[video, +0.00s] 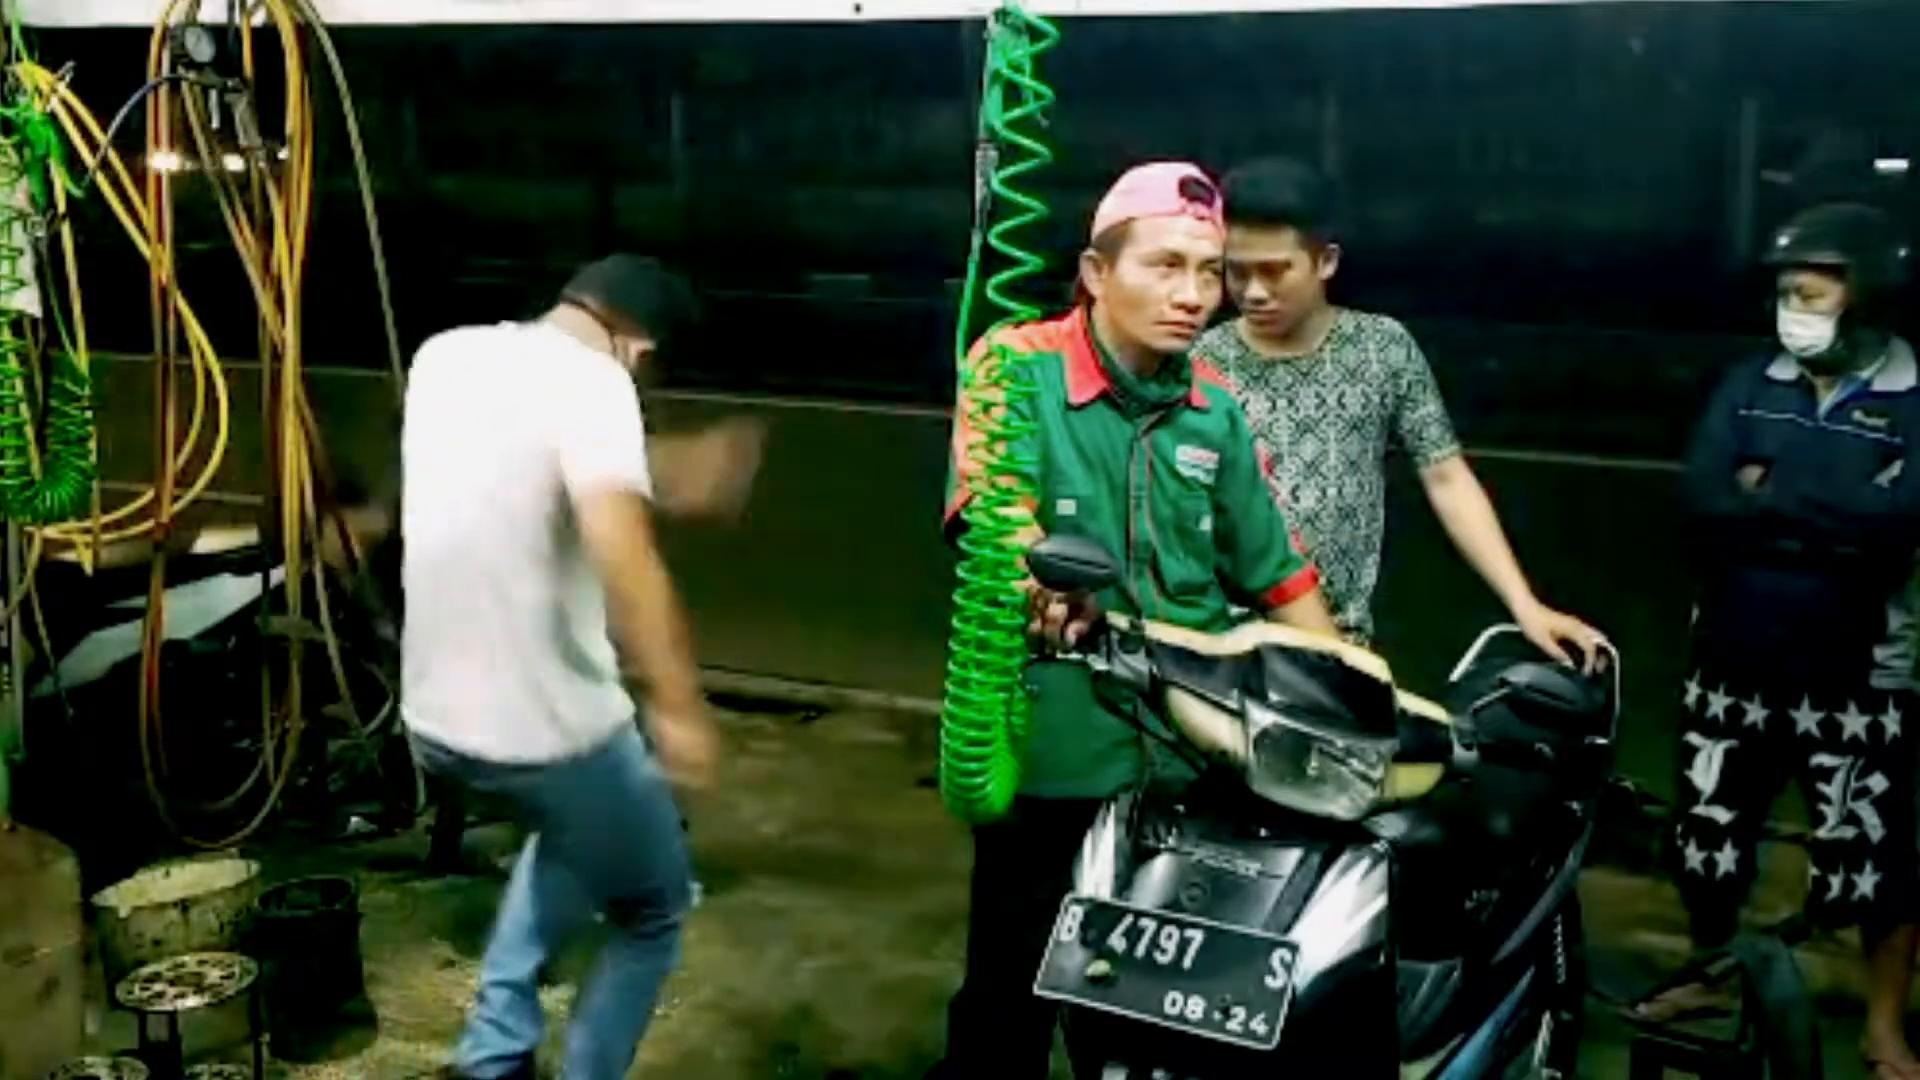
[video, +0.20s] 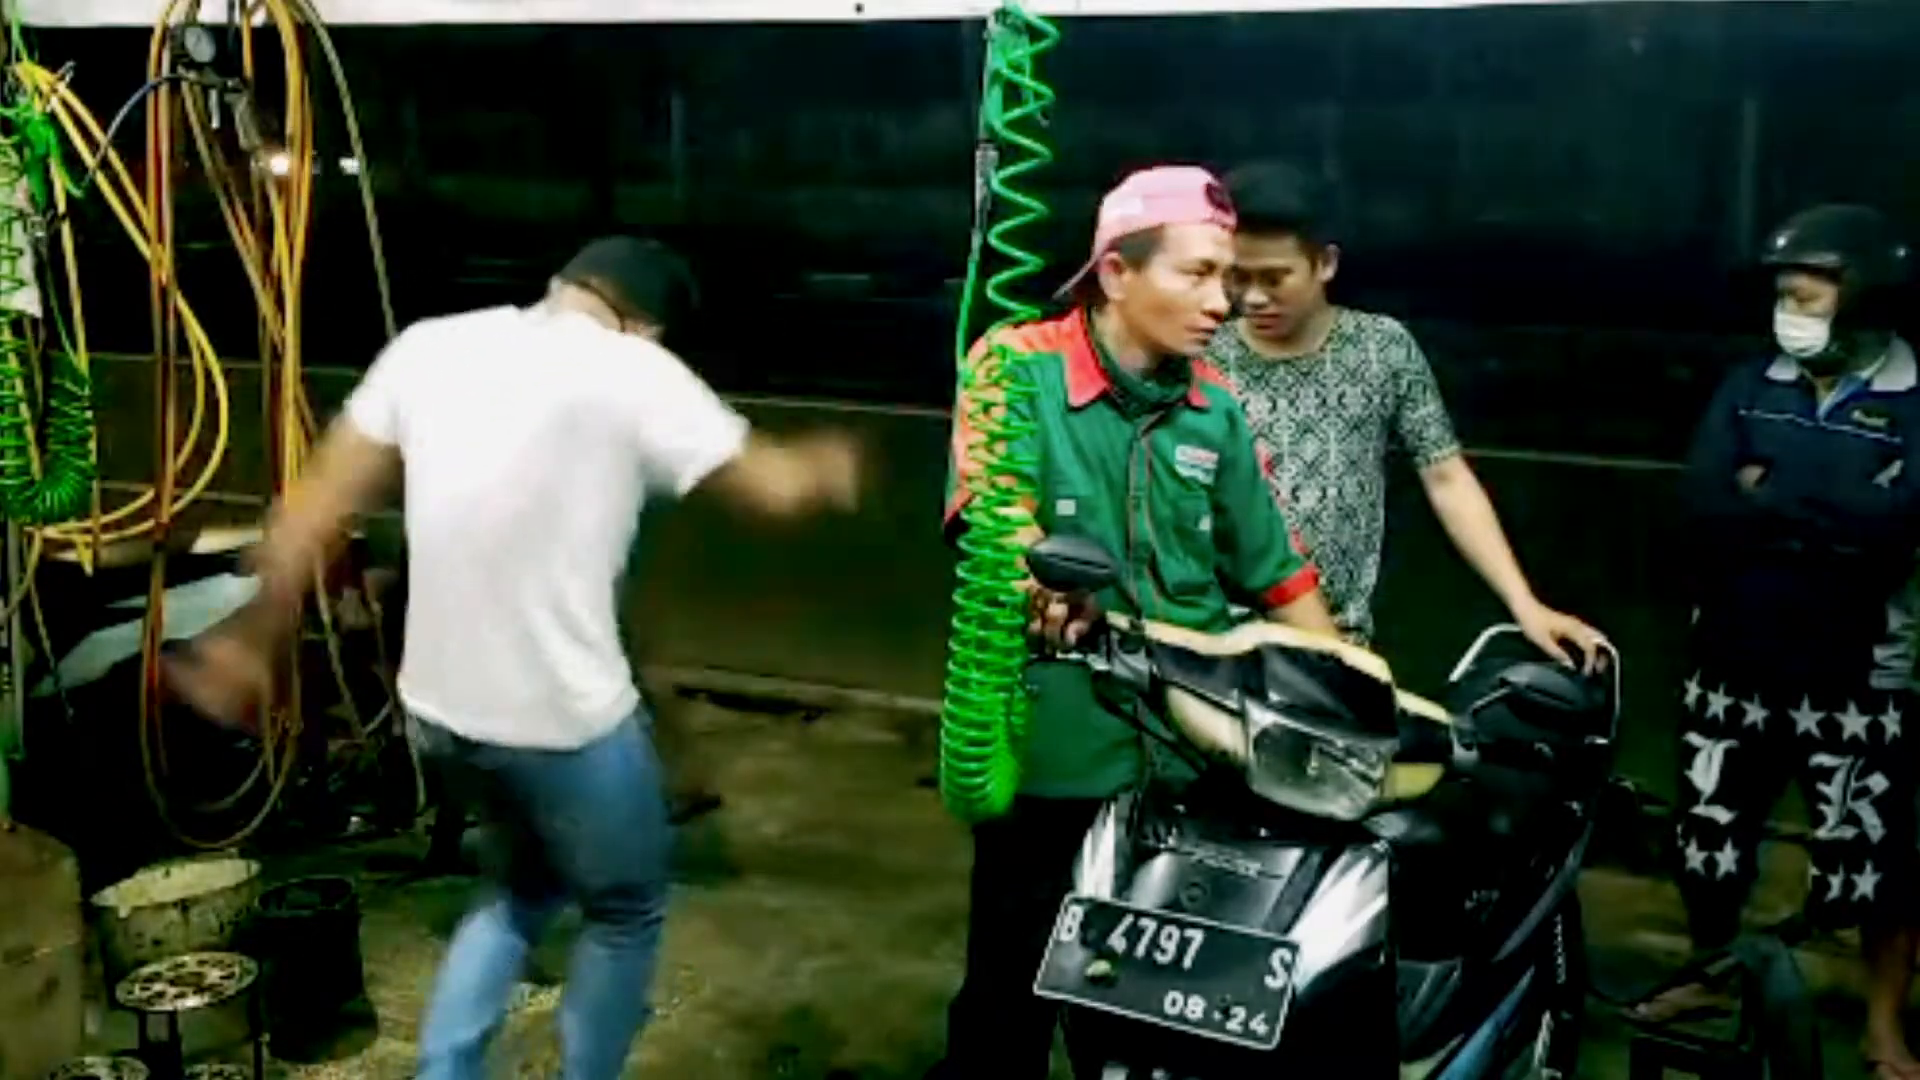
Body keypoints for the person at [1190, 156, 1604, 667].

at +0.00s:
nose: (1254, 292)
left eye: (1274, 271)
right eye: (1238, 272)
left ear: (1326, 261)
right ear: (1221, 266)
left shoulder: (1382, 349)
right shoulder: (1202, 358)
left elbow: (1447, 478)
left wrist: (1526, 607)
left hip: (1333, 642)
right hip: (1211, 639)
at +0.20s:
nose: (1254, 297)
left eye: (1275, 278)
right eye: (1239, 278)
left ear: (1325, 264)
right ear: (1220, 270)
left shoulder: (1382, 350)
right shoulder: (1200, 353)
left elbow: (1447, 478)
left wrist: (1526, 608)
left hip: (1333, 640)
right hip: (1213, 636)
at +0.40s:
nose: (1256, 297)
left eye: (1275, 278)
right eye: (1241, 280)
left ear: (1324, 265)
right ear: (1222, 275)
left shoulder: (1382, 349)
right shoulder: (1202, 354)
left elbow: (1447, 478)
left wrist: (1526, 607)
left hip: (1333, 638)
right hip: (1211, 631)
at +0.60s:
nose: (1267, 290)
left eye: (1286, 269)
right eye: (1251, 271)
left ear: (1331, 260)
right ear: (1230, 266)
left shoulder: (1380, 349)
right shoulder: (1202, 355)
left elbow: (1445, 476)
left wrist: (1525, 606)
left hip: (1333, 639)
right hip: (1215, 633)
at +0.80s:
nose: (1278, 285)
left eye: (1299, 264)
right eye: (1262, 264)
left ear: (1336, 260)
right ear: (1236, 257)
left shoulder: (1379, 349)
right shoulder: (1201, 354)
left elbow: (1443, 476)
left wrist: (1525, 606)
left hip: (1334, 640)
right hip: (1212, 632)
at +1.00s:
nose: (1287, 283)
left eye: (1307, 263)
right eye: (1269, 262)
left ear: (1339, 260)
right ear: (1241, 256)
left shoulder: (1379, 349)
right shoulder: (1203, 350)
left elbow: (1442, 476)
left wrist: (1525, 606)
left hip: (1333, 638)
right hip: (1212, 630)